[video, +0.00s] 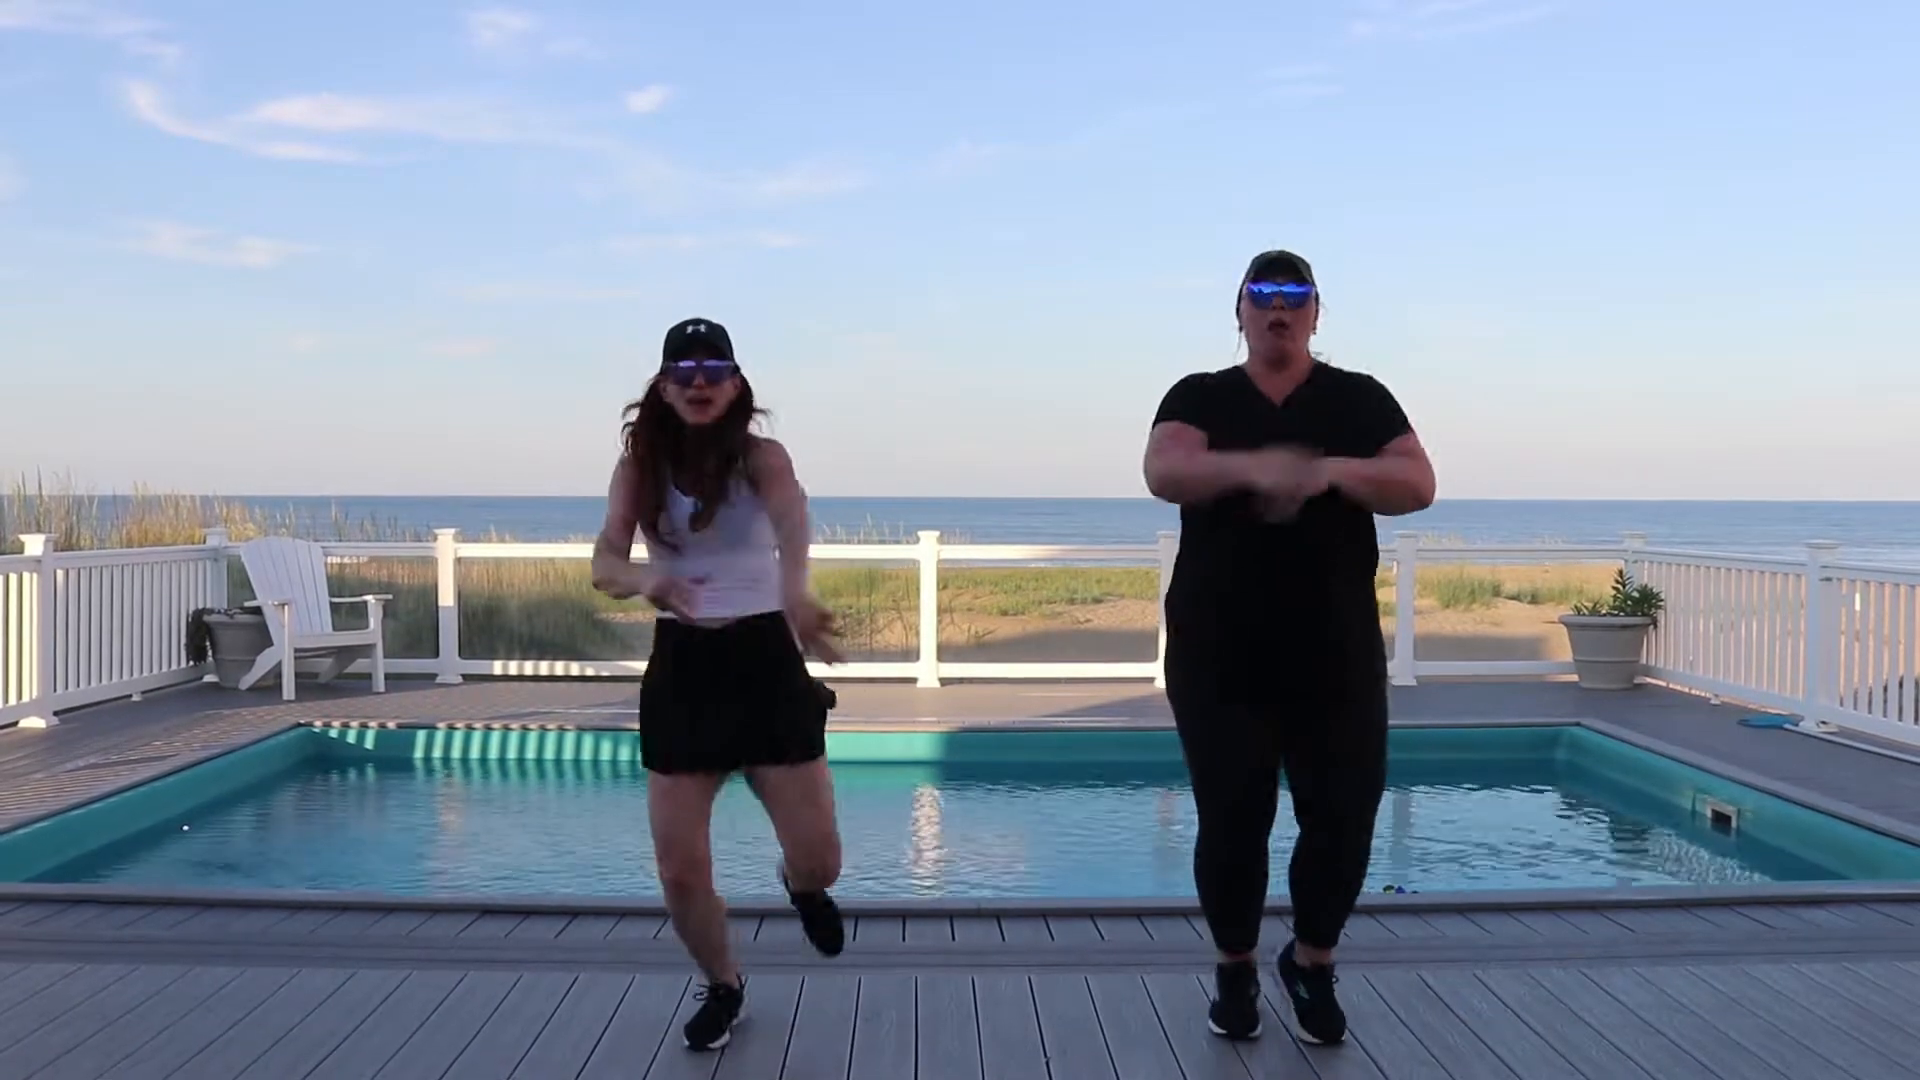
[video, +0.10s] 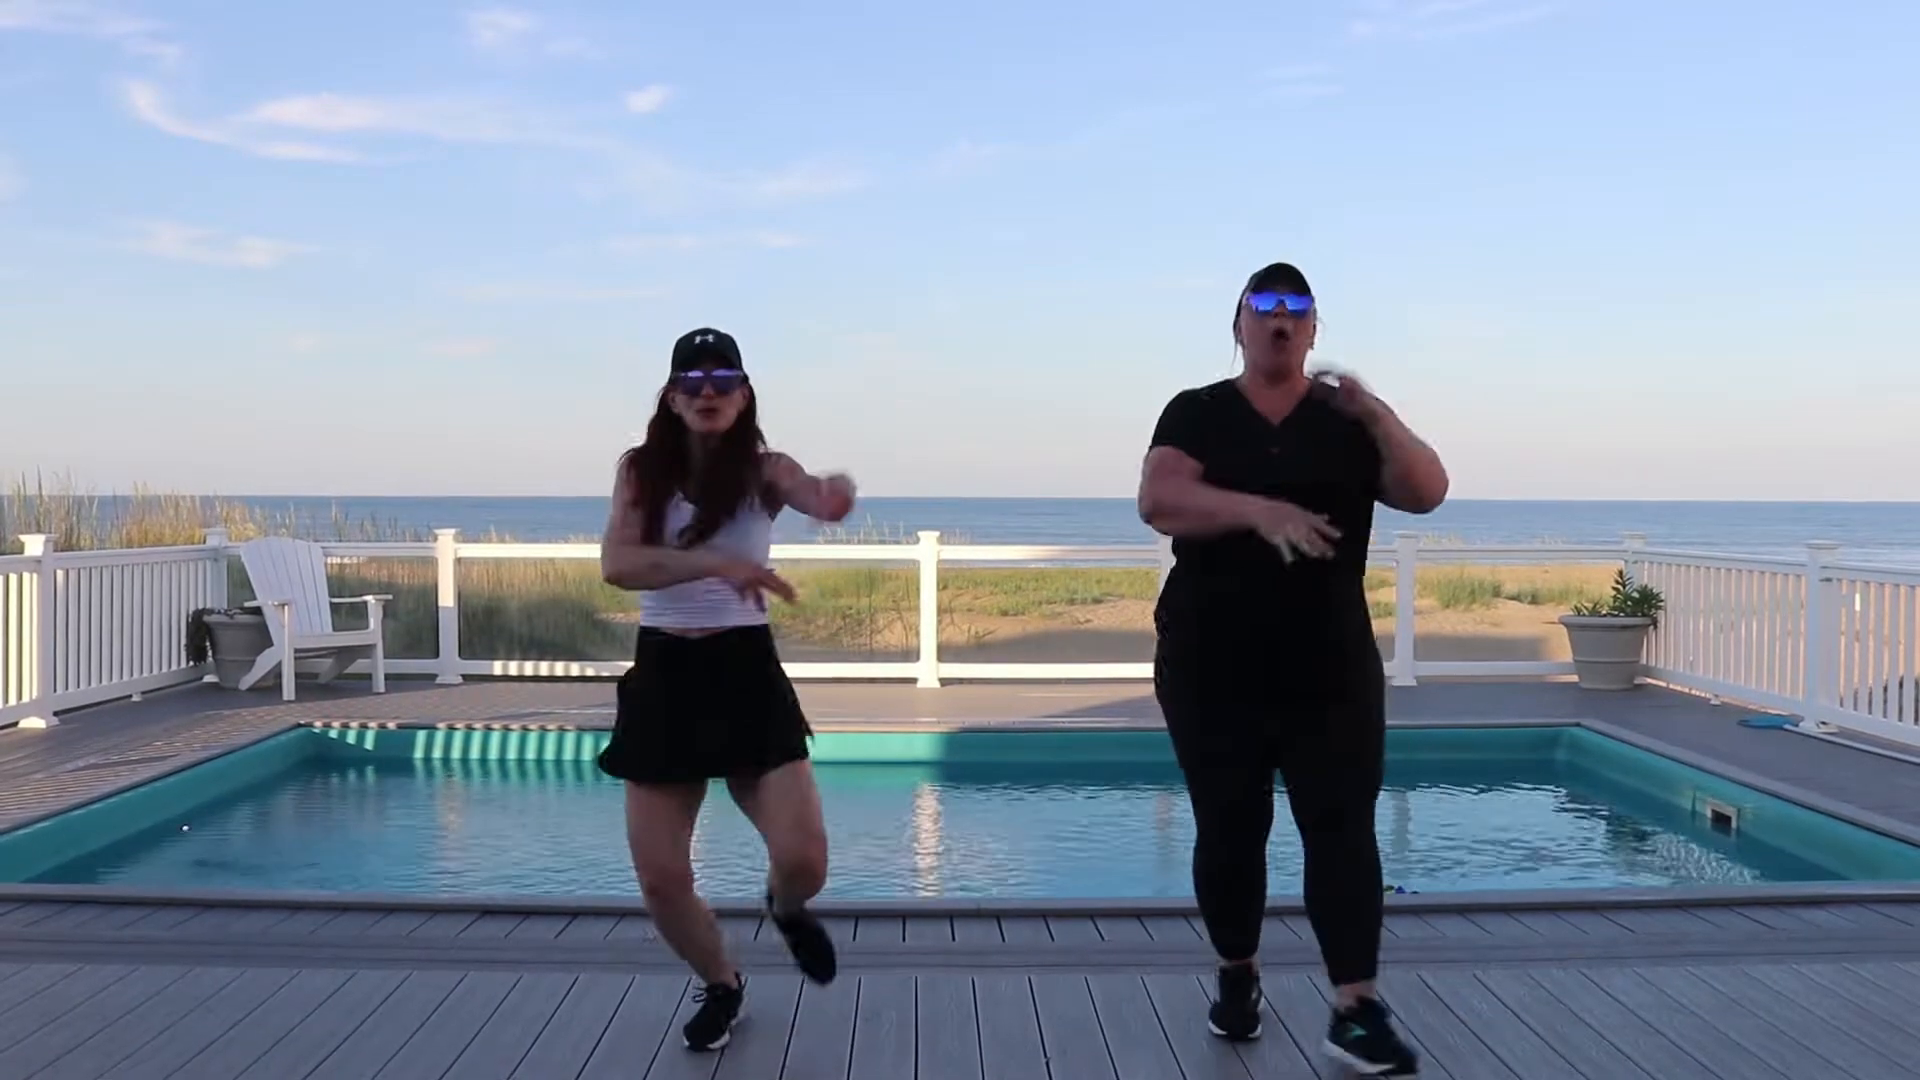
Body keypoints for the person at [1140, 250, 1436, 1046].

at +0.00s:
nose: (1280, 309)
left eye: (1294, 297)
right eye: (1264, 297)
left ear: (1316, 312)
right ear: (1241, 311)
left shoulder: (1359, 398)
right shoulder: (1199, 396)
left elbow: (1418, 483)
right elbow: (1165, 472)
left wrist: (1331, 471)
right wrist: (1252, 467)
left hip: (1337, 650)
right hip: (1221, 653)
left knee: (1344, 816)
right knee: (1232, 818)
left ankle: (1312, 962)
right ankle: (1236, 968)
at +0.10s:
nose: (1283, 323)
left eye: (1296, 313)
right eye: (1268, 311)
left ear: (1314, 329)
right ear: (1240, 325)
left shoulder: (1351, 423)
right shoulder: (1196, 413)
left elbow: (1428, 490)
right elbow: (1160, 500)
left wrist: (1375, 411)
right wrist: (1260, 511)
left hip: (1332, 662)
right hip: (1216, 665)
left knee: (1344, 827)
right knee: (1229, 829)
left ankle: (1357, 1003)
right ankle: (1236, 975)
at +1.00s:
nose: (1305, 324)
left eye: (1318, 313)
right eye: (1289, 313)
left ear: (1337, 328)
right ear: (1261, 327)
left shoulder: (1379, 412)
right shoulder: (1222, 404)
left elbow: (1426, 503)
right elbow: (1198, 481)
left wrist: (1318, 494)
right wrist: (1260, 395)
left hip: (1343, 658)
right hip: (1228, 654)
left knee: (1314, 821)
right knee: (1223, 821)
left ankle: (1294, 972)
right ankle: (1199, 995)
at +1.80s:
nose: (1266, 327)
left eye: (1281, 318)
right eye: (1251, 315)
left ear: (1298, 336)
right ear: (1222, 329)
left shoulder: (1330, 417)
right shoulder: (1179, 415)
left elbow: (1396, 485)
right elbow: (1152, 496)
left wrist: (1344, 390)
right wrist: (1262, 491)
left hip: (1321, 656)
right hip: (1204, 662)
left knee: (1350, 819)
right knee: (1220, 828)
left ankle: (1334, 987)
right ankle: (1226, 975)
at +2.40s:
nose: (1317, 297)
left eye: (1334, 288)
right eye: (1304, 286)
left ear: (1356, 309)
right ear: (1280, 302)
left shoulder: (1382, 394)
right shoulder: (1235, 370)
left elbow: (1410, 463)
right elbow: (1188, 446)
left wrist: (1409, 342)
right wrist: (1303, 464)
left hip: (1345, 647)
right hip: (1231, 643)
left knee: (1333, 819)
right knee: (1233, 814)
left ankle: (1323, 983)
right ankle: (1239, 950)